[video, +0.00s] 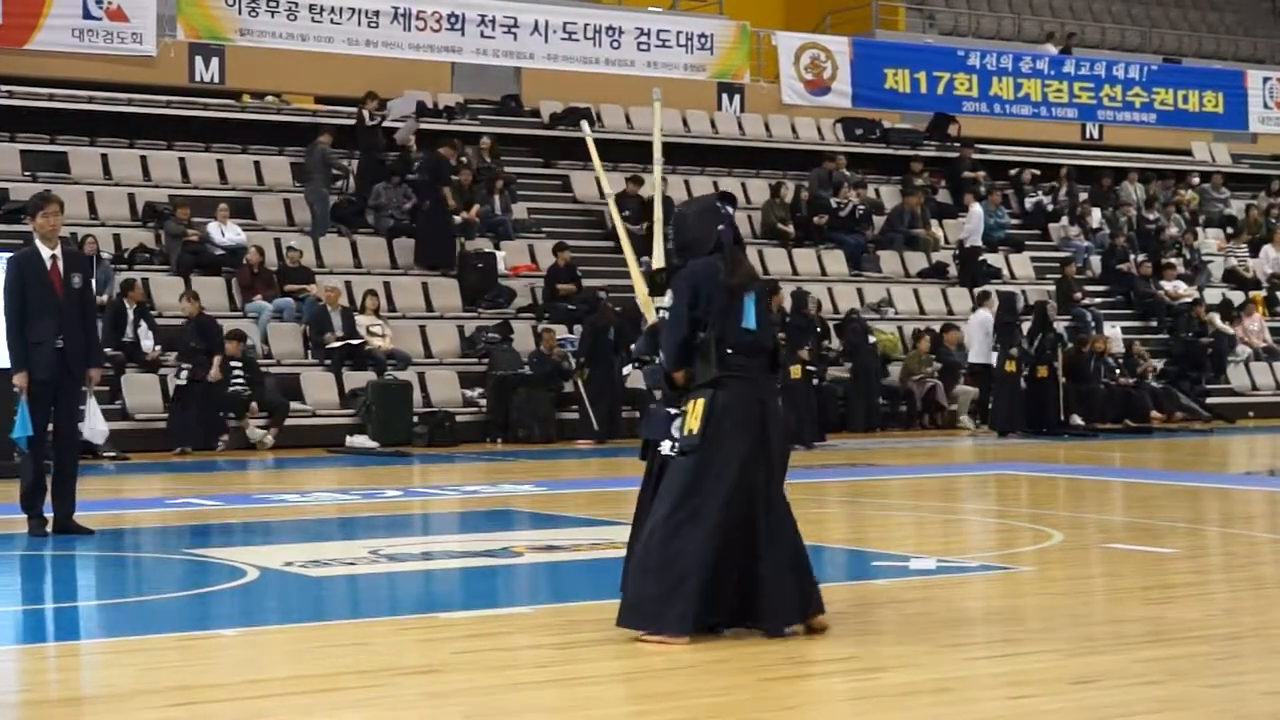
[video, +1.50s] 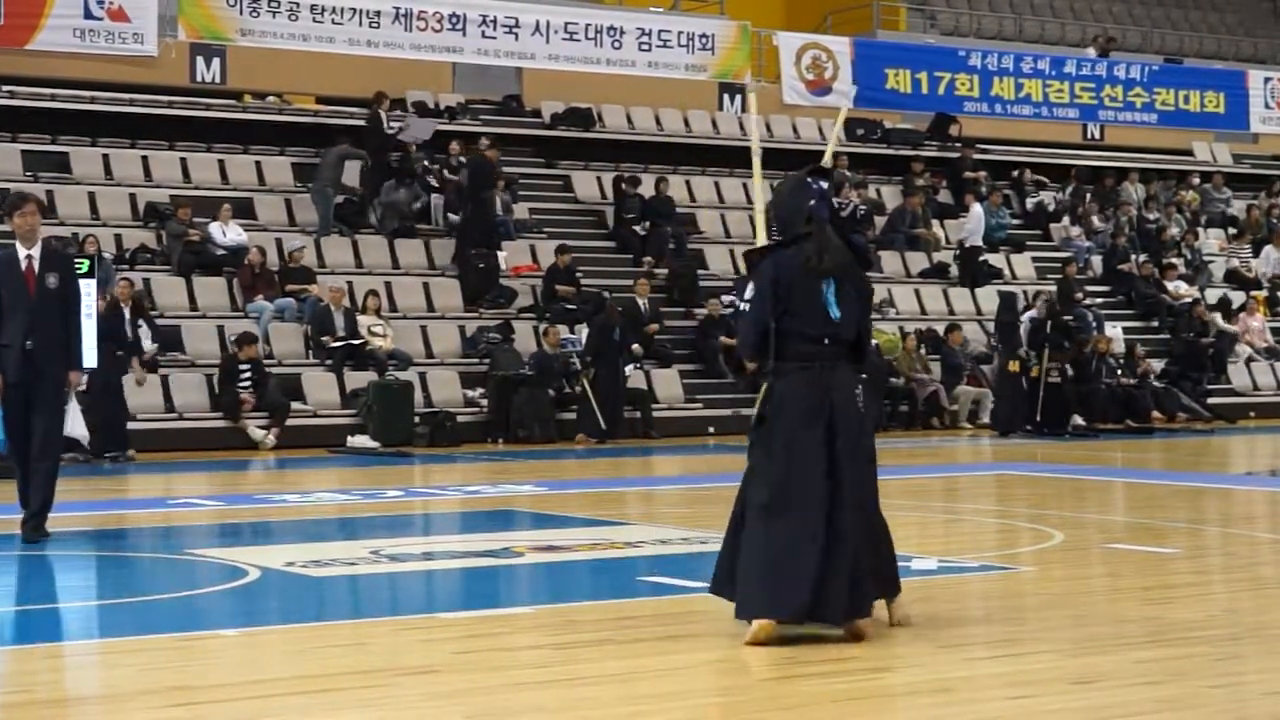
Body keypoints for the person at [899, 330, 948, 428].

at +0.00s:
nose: (928, 344)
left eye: (929, 342)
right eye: (926, 341)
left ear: (929, 344)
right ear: (918, 343)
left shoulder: (928, 358)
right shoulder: (912, 356)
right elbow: (914, 371)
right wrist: (929, 370)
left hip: (922, 380)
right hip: (909, 380)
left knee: (934, 386)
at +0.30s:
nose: (920, 343)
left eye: (922, 340)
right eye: (918, 340)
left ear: (924, 342)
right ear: (911, 342)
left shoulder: (924, 356)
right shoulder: (908, 354)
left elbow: (928, 369)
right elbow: (908, 370)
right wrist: (923, 372)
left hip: (922, 380)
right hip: (910, 379)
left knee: (934, 388)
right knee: (911, 385)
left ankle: (931, 417)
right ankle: (913, 417)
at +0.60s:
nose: (910, 343)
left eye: (912, 340)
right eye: (907, 341)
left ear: (914, 342)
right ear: (902, 344)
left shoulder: (917, 355)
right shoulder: (901, 356)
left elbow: (927, 363)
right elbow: (907, 373)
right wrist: (924, 367)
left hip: (921, 380)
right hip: (908, 381)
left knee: (933, 390)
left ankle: (933, 418)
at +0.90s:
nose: (911, 343)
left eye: (913, 340)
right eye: (908, 340)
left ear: (916, 342)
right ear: (902, 344)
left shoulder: (921, 357)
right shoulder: (900, 357)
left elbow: (927, 371)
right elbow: (905, 373)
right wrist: (922, 370)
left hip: (922, 380)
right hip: (909, 381)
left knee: (935, 388)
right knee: (912, 386)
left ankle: (933, 418)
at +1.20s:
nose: (914, 343)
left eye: (915, 340)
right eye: (910, 340)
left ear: (917, 342)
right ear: (904, 343)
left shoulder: (920, 356)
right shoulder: (900, 357)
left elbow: (929, 372)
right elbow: (906, 374)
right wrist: (925, 376)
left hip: (924, 381)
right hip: (910, 382)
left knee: (935, 389)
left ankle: (934, 418)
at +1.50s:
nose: (913, 343)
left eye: (915, 340)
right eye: (910, 340)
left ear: (917, 342)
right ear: (904, 343)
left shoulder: (920, 356)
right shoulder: (901, 357)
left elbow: (929, 371)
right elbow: (906, 374)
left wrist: (925, 377)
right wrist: (923, 377)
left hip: (924, 382)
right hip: (911, 383)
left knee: (934, 391)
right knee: (937, 388)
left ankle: (934, 418)